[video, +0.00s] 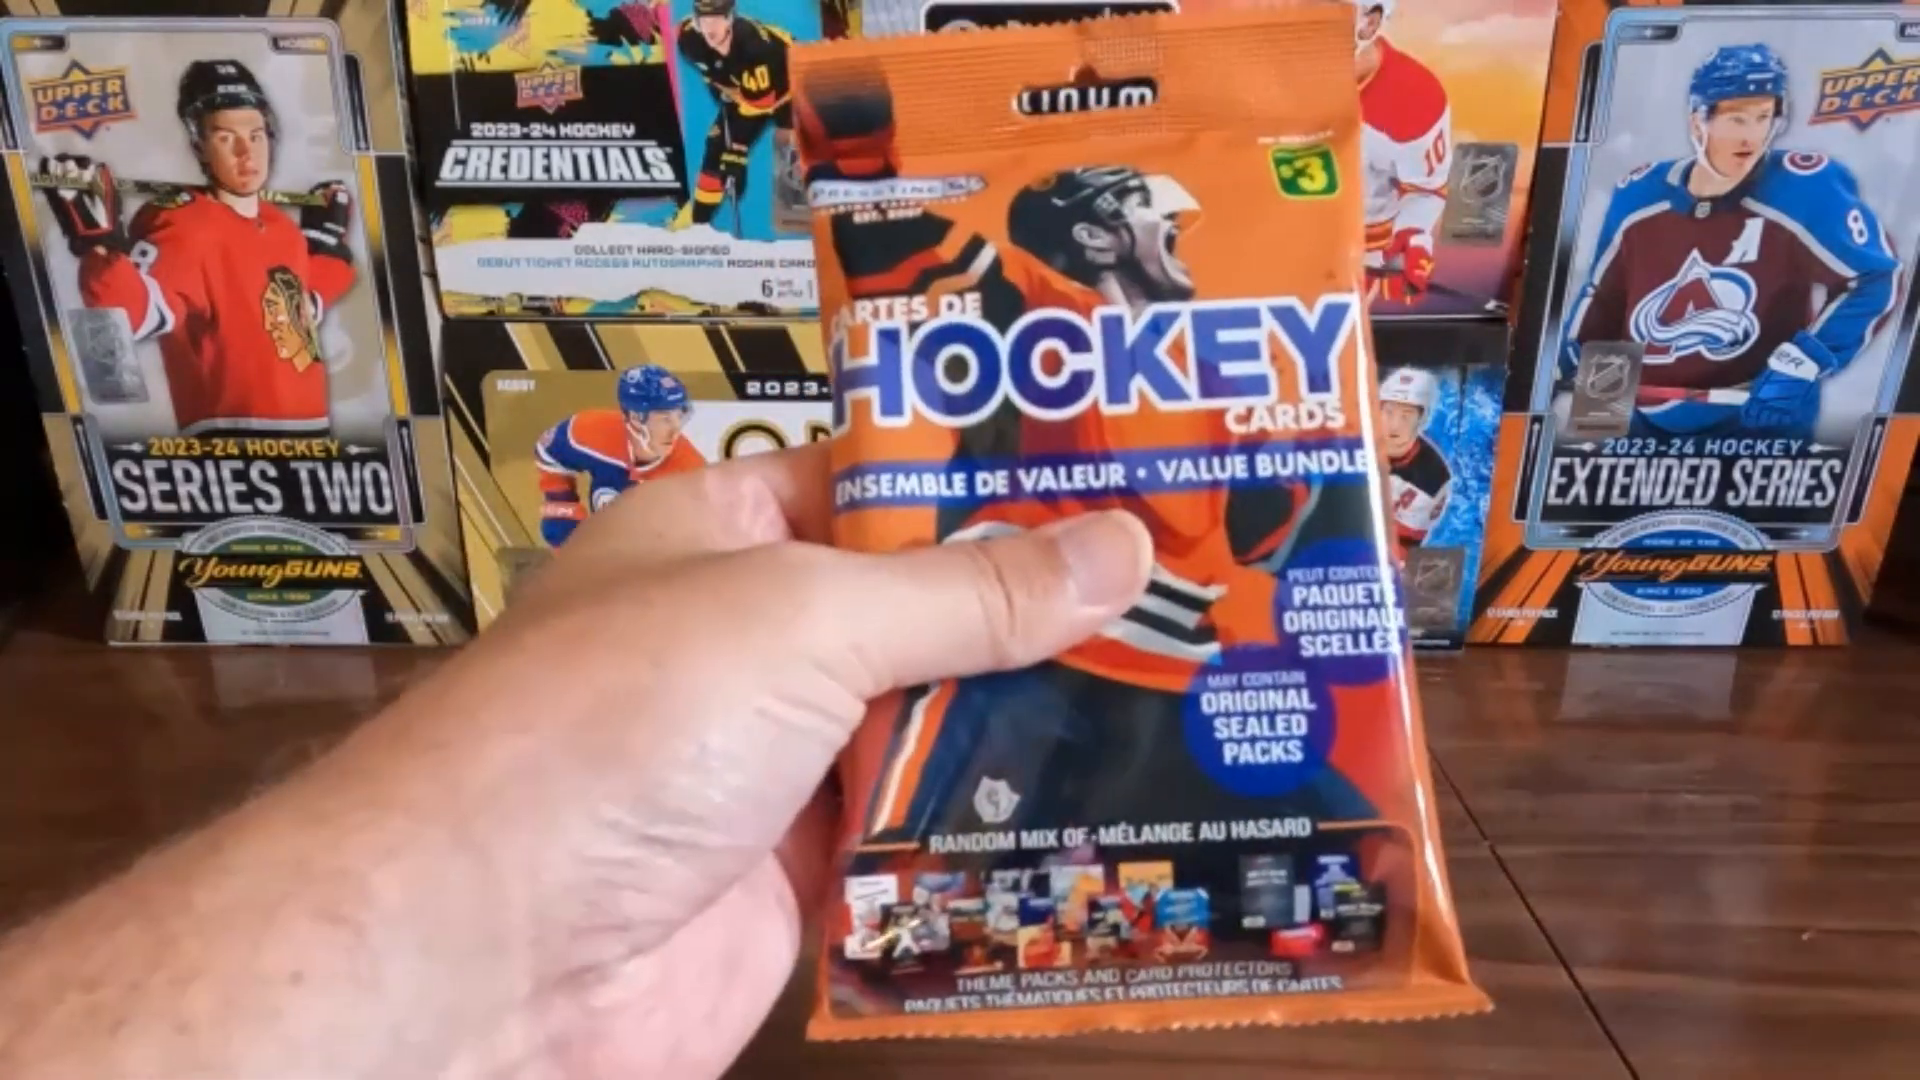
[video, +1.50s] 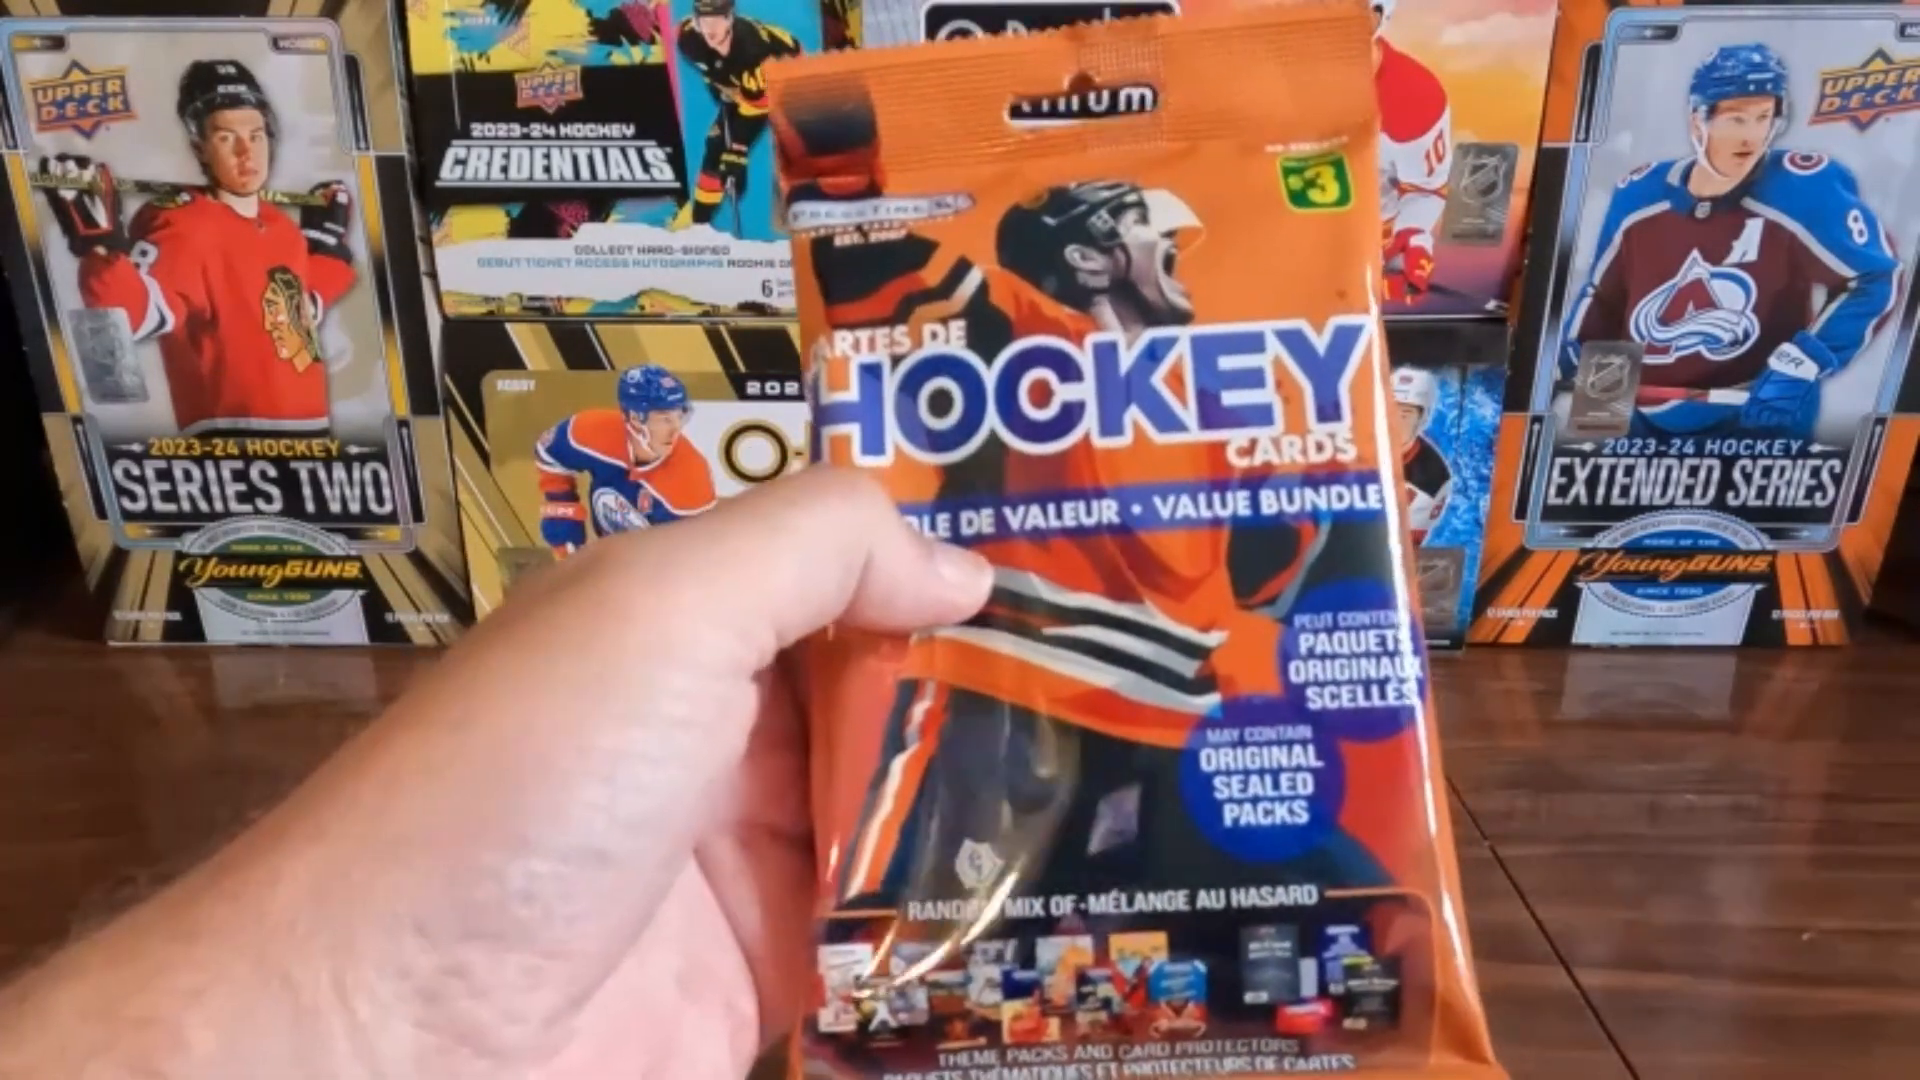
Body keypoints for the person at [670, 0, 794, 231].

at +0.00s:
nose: (709, 28)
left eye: (715, 21)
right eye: (703, 21)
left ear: (729, 19)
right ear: (696, 21)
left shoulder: (752, 46)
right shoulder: (689, 37)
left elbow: (758, 107)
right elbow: (709, 73)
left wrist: (737, 154)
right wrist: (725, 95)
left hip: (789, 88)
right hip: (741, 97)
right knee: (716, 146)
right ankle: (699, 219)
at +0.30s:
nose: (709, 29)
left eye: (716, 21)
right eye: (703, 22)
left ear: (730, 19)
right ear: (696, 21)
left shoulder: (752, 47)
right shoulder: (689, 37)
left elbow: (758, 108)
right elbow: (708, 70)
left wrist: (737, 153)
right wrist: (723, 93)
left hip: (789, 89)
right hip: (740, 98)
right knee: (716, 145)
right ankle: (699, 219)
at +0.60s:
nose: (710, 29)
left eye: (716, 21)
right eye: (704, 22)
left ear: (729, 19)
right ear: (696, 21)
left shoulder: (751, 48)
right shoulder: (689, 37)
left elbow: (757, 108)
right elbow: (709, 71)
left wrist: (736, 154)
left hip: (786, 87)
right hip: (738, 95)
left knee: (793, 153)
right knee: (716, 147)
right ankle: (699, 220)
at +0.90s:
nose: (710, 30)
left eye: (716, 21)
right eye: (704, 22)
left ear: (730, 19)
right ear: (696, 22)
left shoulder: (752, 50)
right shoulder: (688, 38)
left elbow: (757, 109)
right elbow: (711, 72)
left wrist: (736, 153)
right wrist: (725, 91)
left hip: (789, 90)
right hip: (739, 94)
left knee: (792, 151)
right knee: (718, 145)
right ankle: (699, 218)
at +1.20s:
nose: (710, 30)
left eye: (717, 22)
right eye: (704, 22)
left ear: (730, 19)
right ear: (695, 21)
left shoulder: (751, 49)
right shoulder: (688, 38)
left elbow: (756, 109)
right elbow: (710, 71)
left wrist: (737, 153)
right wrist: (726, 90)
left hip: (787, 85)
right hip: (738, 92)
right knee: (717, 147)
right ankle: (700, 220)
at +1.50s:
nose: (710, 30)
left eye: (716, 22)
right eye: (704, 22)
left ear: (729, 19)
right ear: (695, 21)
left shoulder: (750, 48)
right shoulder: (688, 37)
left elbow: (755, 107)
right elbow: (711, 72)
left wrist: (737, 153)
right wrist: (729, 91)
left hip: (788, 83)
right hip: (738, 94)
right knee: (716, 148)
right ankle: (700, 221)